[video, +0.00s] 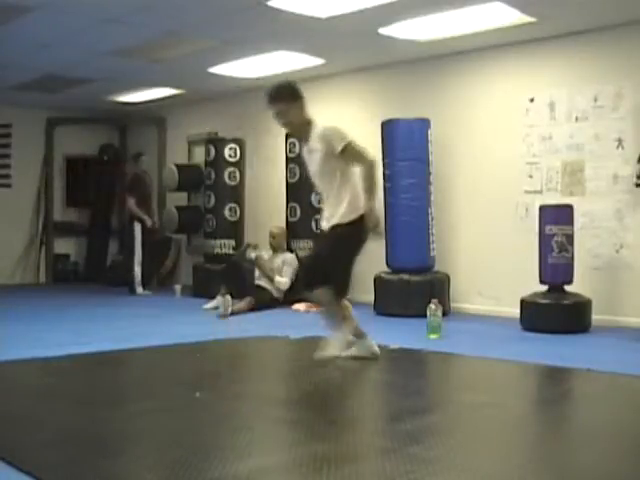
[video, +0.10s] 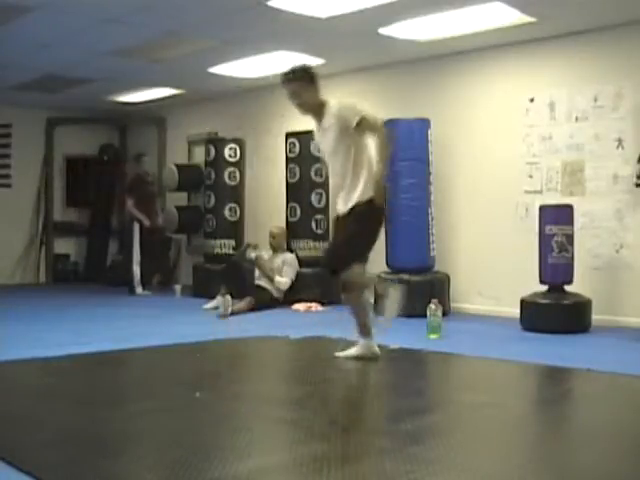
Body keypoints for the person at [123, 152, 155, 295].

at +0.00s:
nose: (145, 164)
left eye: (144, 161)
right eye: (142, 162)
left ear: (139, 163)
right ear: (137, 163)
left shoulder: (145, 178)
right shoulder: (135, 178)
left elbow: (150, 201)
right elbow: (130, 203)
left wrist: (154, 216)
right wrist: (145, 218)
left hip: (143, 220)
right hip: (135, 220)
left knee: (142, 253)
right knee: (137, 253)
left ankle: (141, 284)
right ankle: (137, 286)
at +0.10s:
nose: (147, 167)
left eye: (147, 164)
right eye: (143, 164)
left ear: (148, 165)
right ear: (137, 165)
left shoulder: (151, 180)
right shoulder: (135, 180)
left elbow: (155, 202)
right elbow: (129, 205)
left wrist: (159, 216)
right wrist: (144, 219)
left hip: (152, 223)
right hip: (138, 223)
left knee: (150, 255)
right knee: (138, 254)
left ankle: (147, 284)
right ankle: (137, 286)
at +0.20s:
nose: (149, 166)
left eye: (150, 163)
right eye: (145, 164)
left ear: (154, 164)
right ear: (141, 167)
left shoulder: (160, 182)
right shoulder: (136, 183)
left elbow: (163, 202)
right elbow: (128, 204)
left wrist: (164, 217)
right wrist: (140, 219)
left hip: (159, 225)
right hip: (144, 225)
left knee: (164, 257)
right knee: (141, 257)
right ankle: (140, 286)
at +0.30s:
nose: (150, 167)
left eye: (152, 164)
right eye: (147, 164)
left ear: (157, 165)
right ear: (143, 167)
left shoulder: (164, 182)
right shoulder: (137, 183)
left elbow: (169, 201)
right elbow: (130, 204)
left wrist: (167, 217)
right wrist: (141, 219)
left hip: (161, 224)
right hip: (145, 225)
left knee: (165, 256)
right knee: (144, 257)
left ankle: (170, 283)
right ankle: (142, 285)